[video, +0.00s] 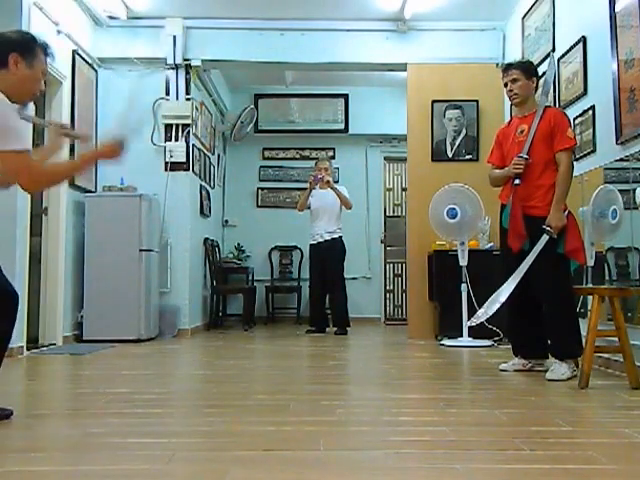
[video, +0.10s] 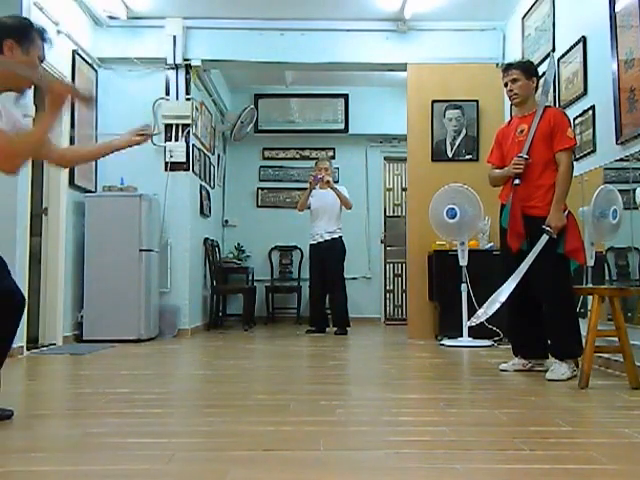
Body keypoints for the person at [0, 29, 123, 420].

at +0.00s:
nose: (42, 86)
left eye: (44, 78)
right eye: (40, 75)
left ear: (14, 66)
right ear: (14, 64)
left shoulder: (8, 110)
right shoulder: (6, 110)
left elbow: (14, 173)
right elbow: (32, 180)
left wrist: (54, 144)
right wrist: (93, 156)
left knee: (8, 301)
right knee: (7, 302)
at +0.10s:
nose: (40, 68)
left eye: (41, 61)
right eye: (36, 58)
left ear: (12, 54)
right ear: (9, 50)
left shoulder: (13, 109)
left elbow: (63, 157)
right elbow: (10, 161)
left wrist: (123, 142)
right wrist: (51, 111)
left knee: (12, 302)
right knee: (10, 301)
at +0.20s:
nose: (34, 66)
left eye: (38, 56)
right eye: (31, 53)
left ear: (32, 57)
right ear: (5, 44)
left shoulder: (12, 104)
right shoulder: (9, 102)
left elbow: (66, 135)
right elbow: (64, 135)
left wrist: (137, 127)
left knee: (15, 303)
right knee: (13, 303)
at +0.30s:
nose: (22, 53)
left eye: (27, 43)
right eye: (17, 41)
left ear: (30, 43)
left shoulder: (11, 84)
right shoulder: (8, 87)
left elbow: (43, 120)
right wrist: (34, 112)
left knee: (11, 311)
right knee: (9, 311)